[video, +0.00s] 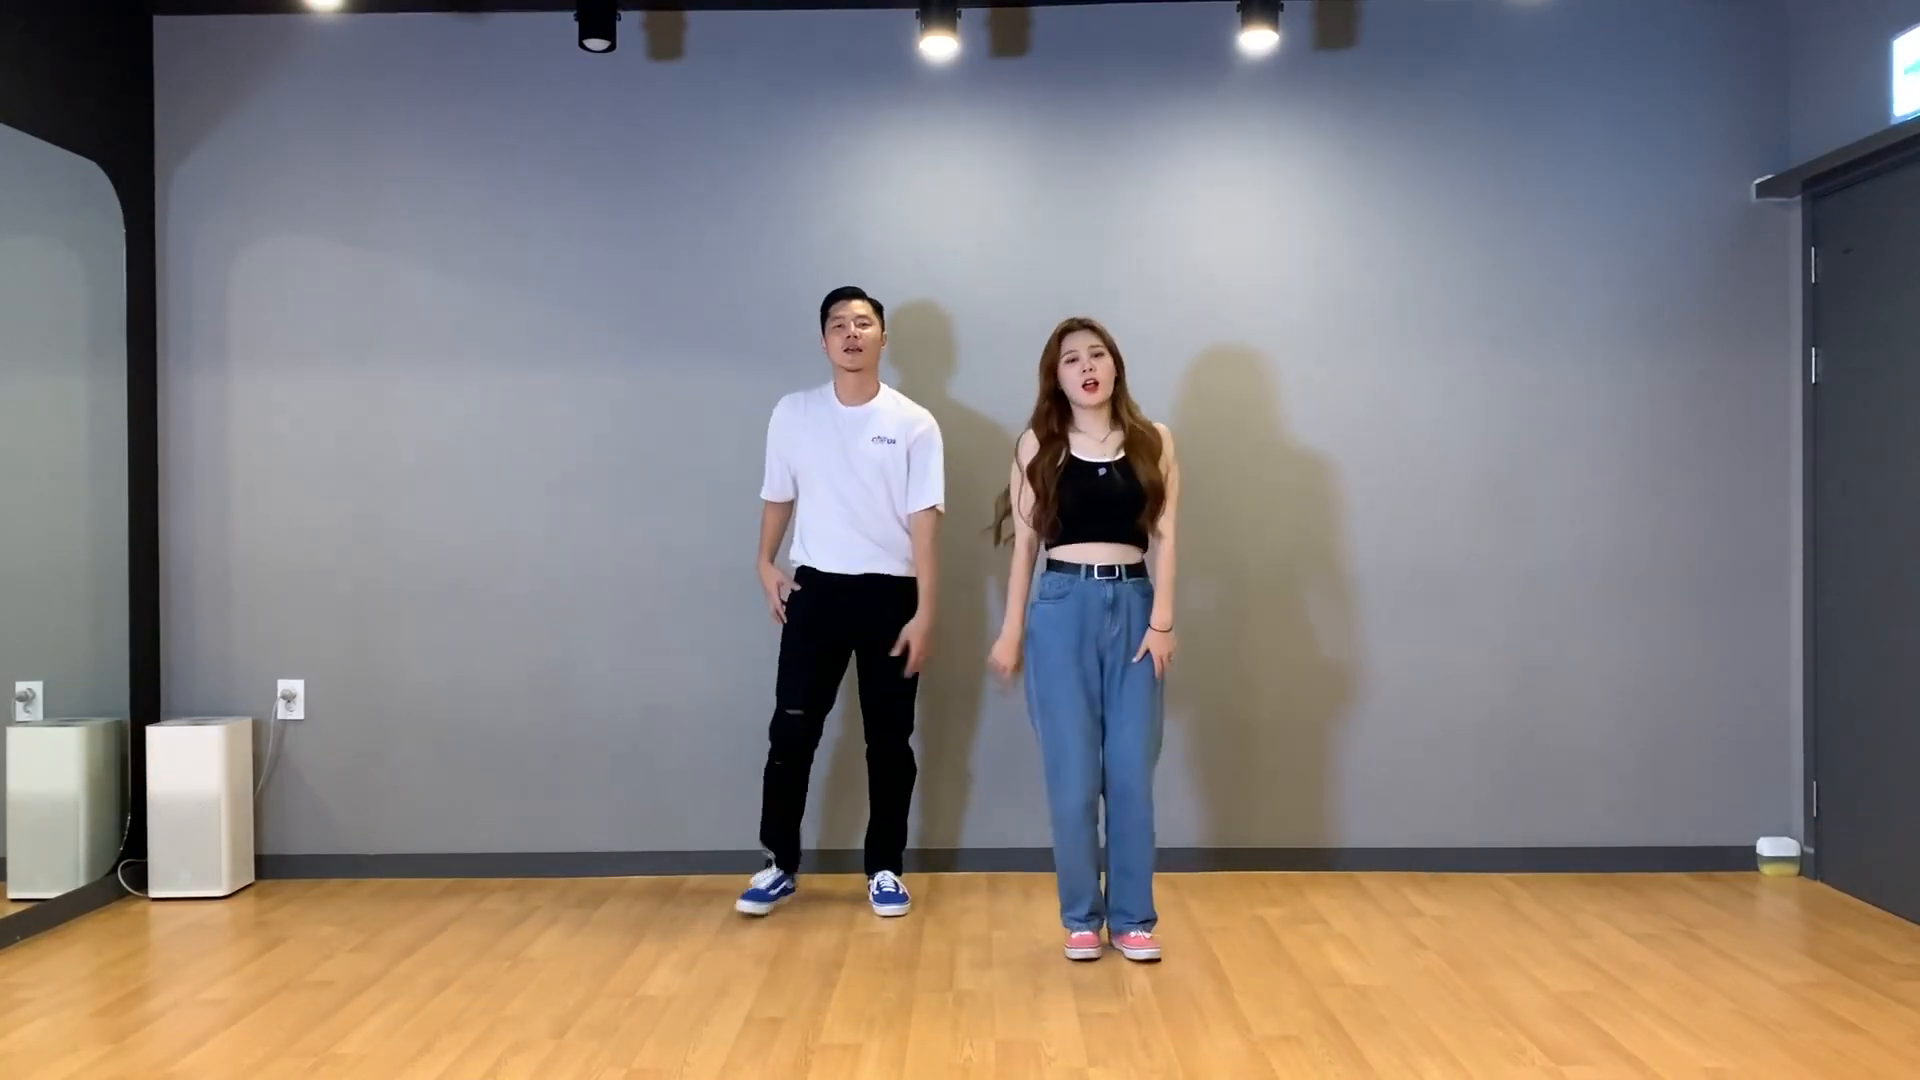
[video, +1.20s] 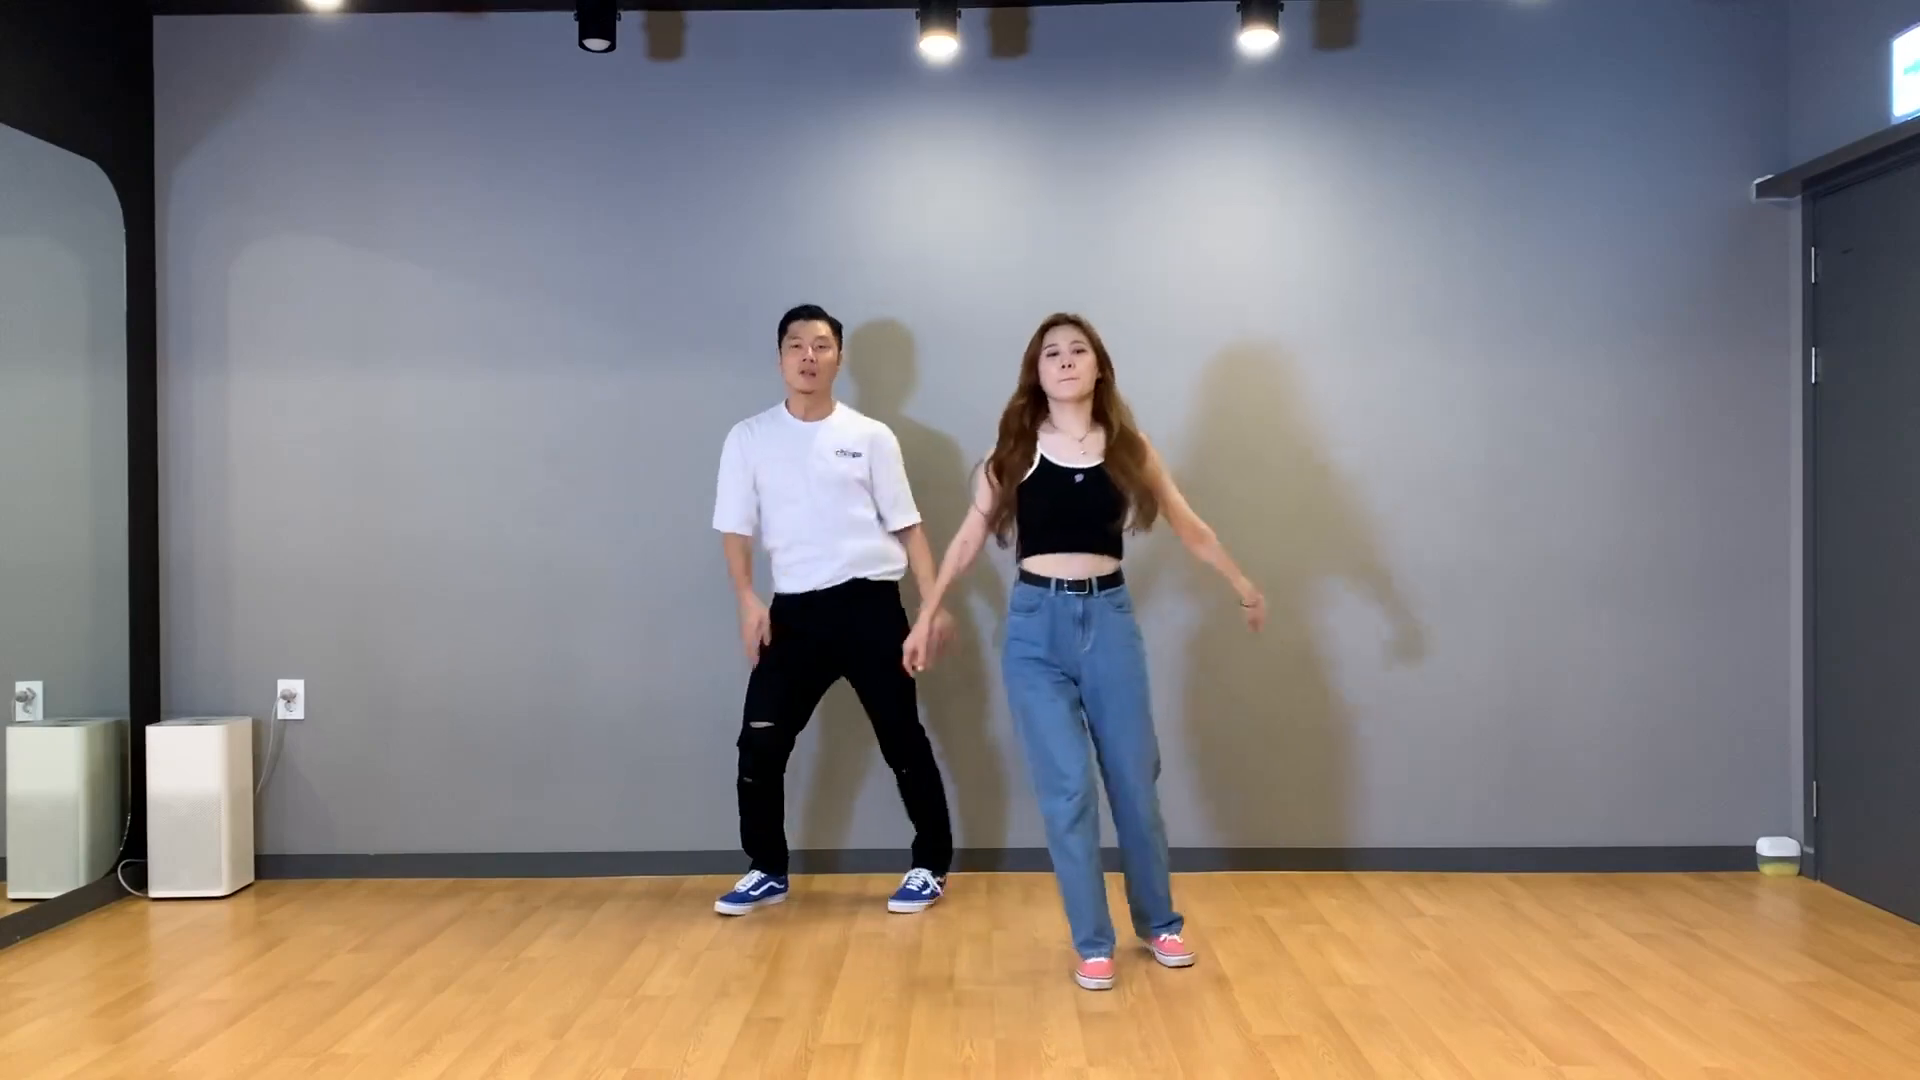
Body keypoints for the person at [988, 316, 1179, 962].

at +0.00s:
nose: (1086, 368)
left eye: (1096, 356)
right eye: (1071, 361)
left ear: (1115, 365)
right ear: (1057, 375)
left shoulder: (1154, 441)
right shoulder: (1036, 446)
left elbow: (1162, 537)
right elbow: (1025, 541)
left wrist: (1161, 620)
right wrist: (1012, 628)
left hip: (1134, 609)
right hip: (1060, 609)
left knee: (1131, 771)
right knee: (1072, 772)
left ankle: (1133, 917)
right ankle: (1080, 916)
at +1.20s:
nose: (1067, 362)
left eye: (1078, 352)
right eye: (1053, 355)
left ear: (1100, 368)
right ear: (1035, 374)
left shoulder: (1127, 447)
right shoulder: (1012, 454)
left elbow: (1189, 527)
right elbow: (969, 538)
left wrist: (1241, 581)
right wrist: (928, 612)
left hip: (1109, 622)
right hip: (1033, 625)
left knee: (1134, 781)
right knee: (1067, 788)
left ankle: (1159, 923)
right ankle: (1092, 944)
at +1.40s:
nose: (1040, 386)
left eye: (1052, 376)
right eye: (1027, 376)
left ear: (1072, 387)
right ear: (1010, 388)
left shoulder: (1092, 458)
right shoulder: (985, 448)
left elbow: (1120, 546)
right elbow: (989, 526)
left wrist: (1088, 512)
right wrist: (1045, 466)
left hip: (1057, 630)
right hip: (986, 625)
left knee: (1064, 800)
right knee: (1007, 776)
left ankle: (1013, 895)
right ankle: (1058, 926)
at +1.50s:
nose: (1022, 395)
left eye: (1034, 385)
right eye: (1010, 387)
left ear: (1055, 397)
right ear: (993, 401)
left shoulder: (1076, 475)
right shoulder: (975, 464)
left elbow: (1061, 570)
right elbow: (998, 556)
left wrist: (1035, 501)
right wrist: (1046, 490)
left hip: (1029, 646)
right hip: (959, 639)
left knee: (1043, 801)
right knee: (942, 774)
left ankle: (1002, 910)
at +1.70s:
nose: (979, 385)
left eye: (989, 376)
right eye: (965, 379)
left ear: (1009, 391)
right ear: (947, 398)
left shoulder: (1034, 469)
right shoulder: (925, 461)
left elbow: (1101, 523)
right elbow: (841, 510)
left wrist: (1155, 561)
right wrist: (780, 528)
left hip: (989, 650)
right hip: (922, 640)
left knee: (1017, 798)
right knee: (845, 779)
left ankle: (1008, 916)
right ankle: (772, 905)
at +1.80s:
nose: (962, 386)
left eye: (973, 375)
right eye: (949, 377)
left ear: (992, 388)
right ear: (930, 391)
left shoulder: (1018, 447)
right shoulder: (907, 440)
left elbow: (1098, 436)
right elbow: (819, 415)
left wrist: (1162, 420)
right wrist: (736, 387)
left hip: (983, 643)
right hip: (912, 634)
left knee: (1009, 798)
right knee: (841, 778)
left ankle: (1006, 916)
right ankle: (771, 907)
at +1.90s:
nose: (951, 387)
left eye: (963, 376)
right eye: (938, 376)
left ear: (980, 386)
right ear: (918, 388)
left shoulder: (1001, 441)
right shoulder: (897, 439)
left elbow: (1069, 372)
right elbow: (827, 361)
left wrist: (1126, 319)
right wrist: (759, 294)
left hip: (976, 637)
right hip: (902, 631)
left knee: (1007, 795)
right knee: (842, 776)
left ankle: (1010, 914)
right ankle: (775, 909)